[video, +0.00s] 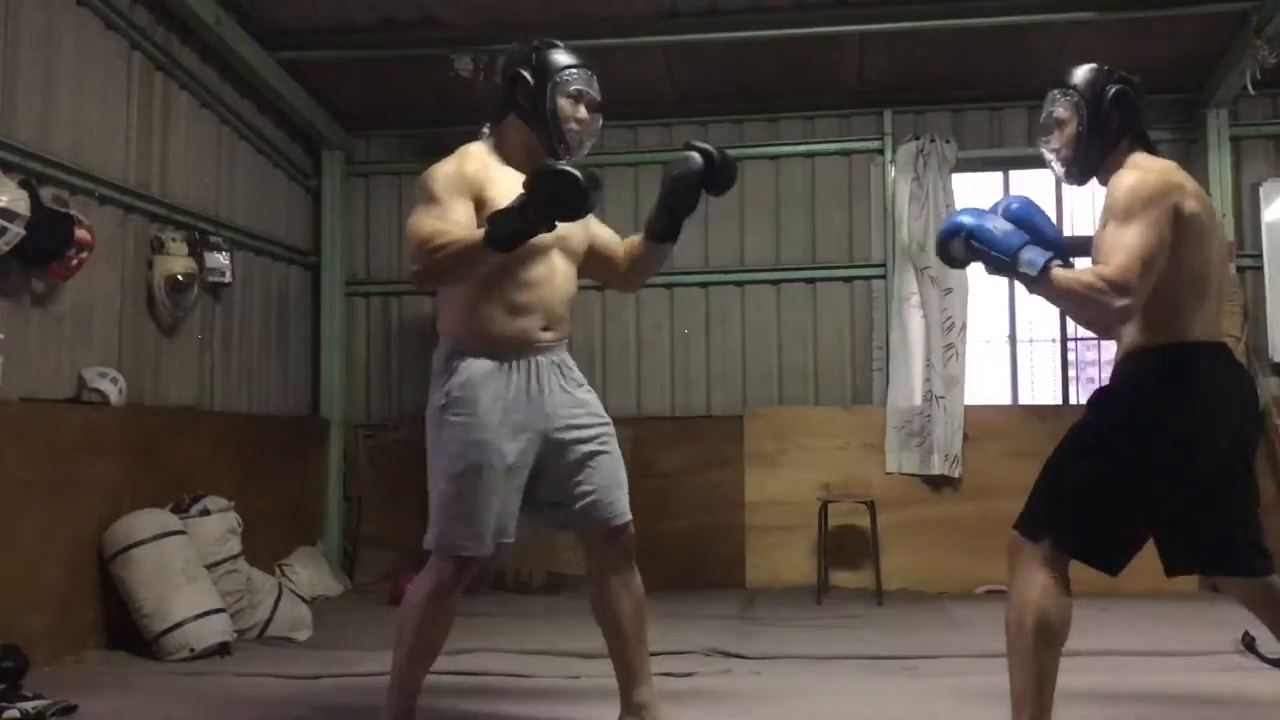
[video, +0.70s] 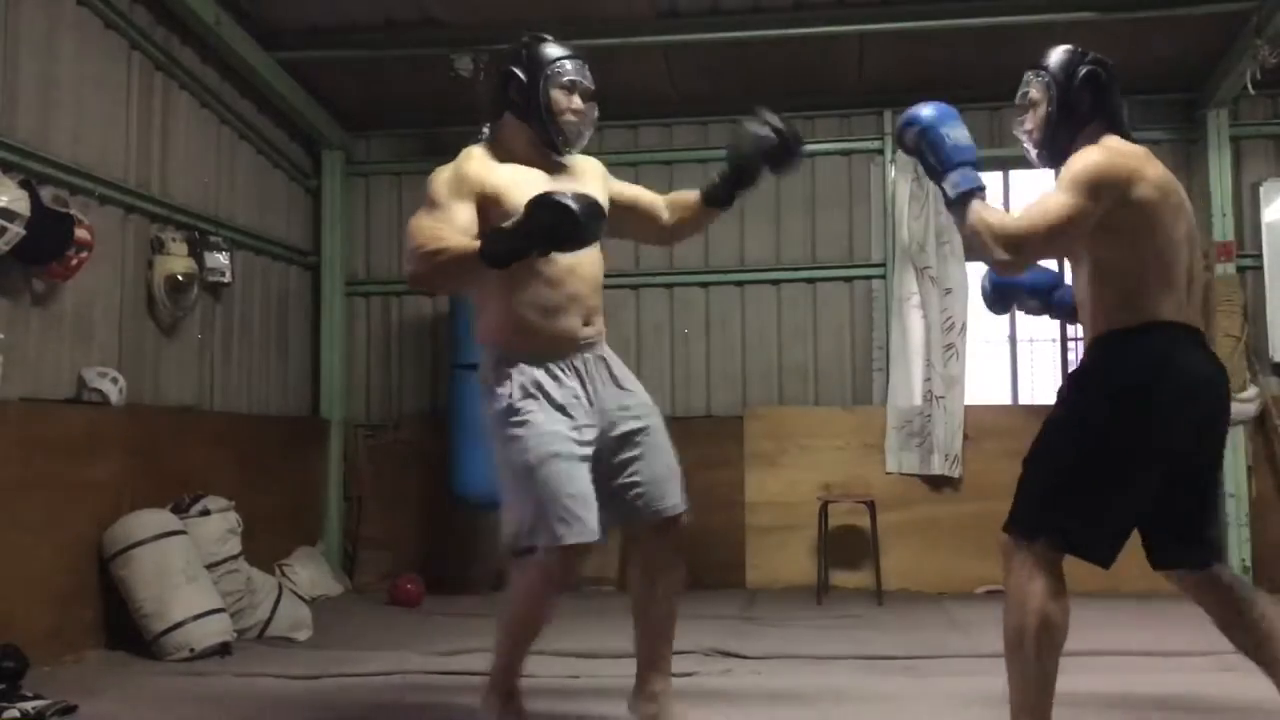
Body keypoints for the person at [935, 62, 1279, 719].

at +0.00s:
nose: (1049, 139)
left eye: (1059, 122)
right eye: (1046, 126)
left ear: (1106, 119)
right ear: (1118, 125)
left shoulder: (1141, 181)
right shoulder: (1174, 183)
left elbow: (1109, 305)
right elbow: (1134, 290)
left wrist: (1023, 260)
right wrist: (1057, 244)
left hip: (1161, 390)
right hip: (1218, 390)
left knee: (1037, 548)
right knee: (1239, 571)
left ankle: (1030, 713)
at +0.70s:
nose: (1021, 123)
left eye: (1029, 106)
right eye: (1021, 108)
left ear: (1069, 103)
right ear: (1099, 106)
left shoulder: (1097, 162)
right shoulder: (1154, 175)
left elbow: (1004, 244)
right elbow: (1146, 300)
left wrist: (957, 175)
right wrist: (1053, 296)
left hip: (1128, 374)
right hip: (1197, 378)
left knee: (1030, 545)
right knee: (1196, 565)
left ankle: (1028, 712)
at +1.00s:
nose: (1083, 96)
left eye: (1095, 81)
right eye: (1084, 81)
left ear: (1136, 83)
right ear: (1166, 87)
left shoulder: (1124, 138)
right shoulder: (1227, 159)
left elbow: (1024, 249)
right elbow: (1110, 253)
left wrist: (964, 335)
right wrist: (1040, 200)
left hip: (1168, 326)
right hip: (1252, 345)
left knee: (1042, 499)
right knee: (1197, 555)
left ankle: (1085, 694)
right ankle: (1186, 713)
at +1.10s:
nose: (1107, 92)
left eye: (1116, 74)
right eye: (1108, 76)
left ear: (1150, 68)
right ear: (1188, 73)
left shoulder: (1151, 122)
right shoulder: (1249, 150)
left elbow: (1081, 236)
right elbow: (1151, 269)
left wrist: (1021, 312)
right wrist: (1080, 198)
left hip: (1178, 336)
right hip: (1259, 341)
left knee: (1096, 528)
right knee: (1200, 540)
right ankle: (1181, 712)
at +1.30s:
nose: (1147, 94)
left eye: (1160, 78)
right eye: (1145, 79)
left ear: (1211, 79)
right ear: (1214, 82)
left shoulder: (1251, 143)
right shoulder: (1231, 153)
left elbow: (1178, 274)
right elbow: (1208, 303)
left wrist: (1101, 264)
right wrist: (1135, 261)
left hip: (1248, 388)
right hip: (1223, 389)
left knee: (1266, 581)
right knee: (1156, 534)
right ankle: (1186, 709)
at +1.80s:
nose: (1016, 136)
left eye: (1024, 119)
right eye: (1015, 120)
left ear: (1075, 118)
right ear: (1078, 121)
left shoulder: (1174, 188)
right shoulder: (1079, 207)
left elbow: (1149, 318)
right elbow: (1087, 322)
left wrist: (1049, 271)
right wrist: (1018, 355)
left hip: (1205, 407)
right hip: (1122, 406)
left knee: (1260, 601)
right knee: (1027, 550)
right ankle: (1020, 711)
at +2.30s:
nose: (1034, 142)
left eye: (1044, 124)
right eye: (1033, 126)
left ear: (1097, 122)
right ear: (1086, 126)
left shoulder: (1197, 204)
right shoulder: (1059, 207)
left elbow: (1094, 310)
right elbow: (1007, 293)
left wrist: (1027, 245)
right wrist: (933, 301)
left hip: (1185, 410)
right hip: (1090, 409)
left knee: (1226, 588)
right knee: (982, 552)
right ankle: (1009, 714)